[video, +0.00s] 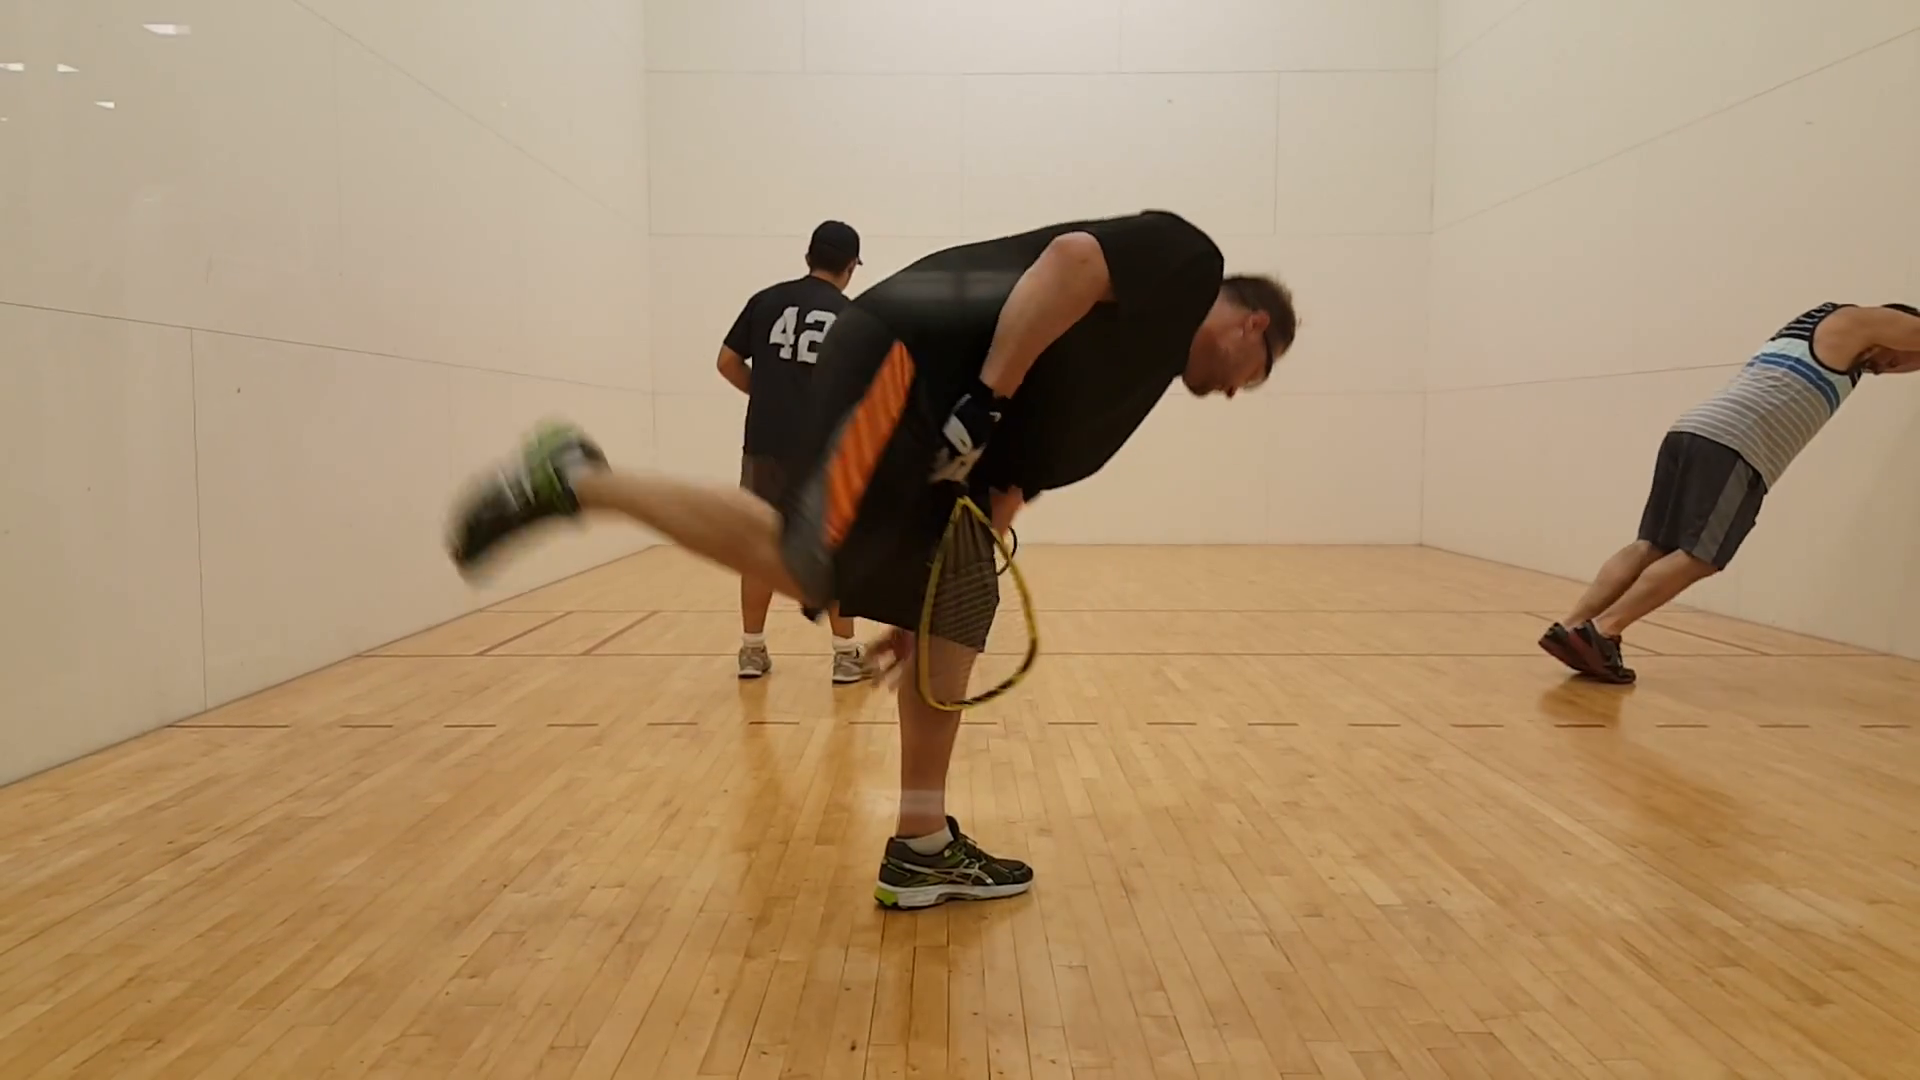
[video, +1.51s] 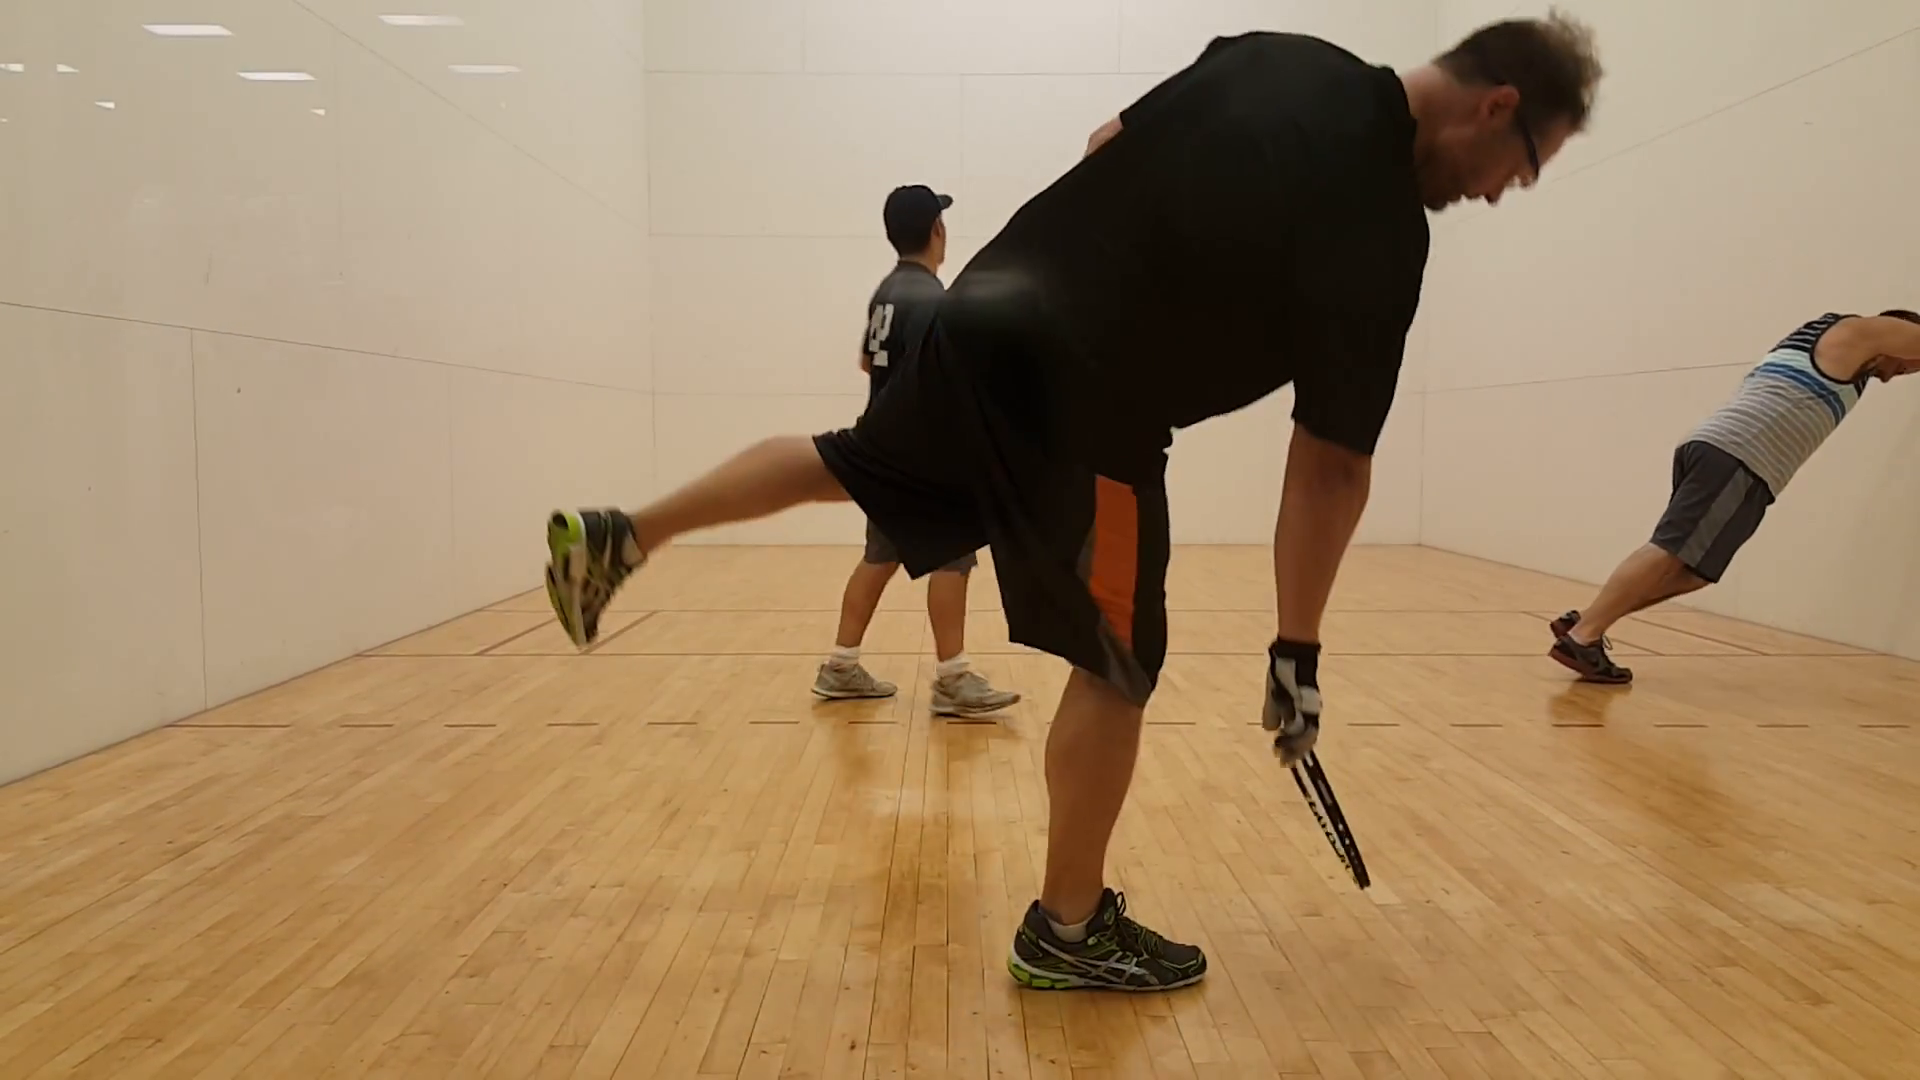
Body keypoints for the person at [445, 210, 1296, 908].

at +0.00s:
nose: (1238, 386)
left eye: (1251, 381)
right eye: (1252, 364)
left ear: (1240, 337)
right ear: (1243, 309)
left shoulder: (1127, 389)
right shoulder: (1183, 254)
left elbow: (1016, 476)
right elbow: (1071, 265)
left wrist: (955, 599)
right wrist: (986, 404)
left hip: (968, 433)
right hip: (915, 356)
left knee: (943, 621)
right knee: (809, 571)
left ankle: (922, 848)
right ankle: (581, 480)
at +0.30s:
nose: (1249, 185)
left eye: (1263, 173)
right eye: (1261, 161)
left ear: (1228, 112)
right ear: (1239, 118)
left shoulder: (1122, 123)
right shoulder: (1164, 121)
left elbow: (1024, 243)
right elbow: (1068, 226)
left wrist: (1055, 417)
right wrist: (1062, 396)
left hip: (922, 361)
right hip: (975, 370)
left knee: (945, 626)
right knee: (999, 631)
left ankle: (922, 848)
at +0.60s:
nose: (1269, 53)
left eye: (1280, 39)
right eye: (1279, 30)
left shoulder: (1071, 51)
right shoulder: (1195, 61)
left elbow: (978, 224)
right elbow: (1164, 258)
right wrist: (1179, 433)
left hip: (970, 376)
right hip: (1067, 387)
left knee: (972, 615)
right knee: (1072, 657)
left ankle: (940, 837)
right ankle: (1063, 917)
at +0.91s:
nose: (1354, 26)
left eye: (1364, 14)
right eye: (1357, 4)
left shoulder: (1154, 19)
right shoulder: (1251, 55)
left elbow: (1090, 224)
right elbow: (1201, 273)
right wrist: (1200, 462)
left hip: (1001, 373)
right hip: (1094, 401)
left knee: (968, 603)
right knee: (1086, 665)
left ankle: (855, 812)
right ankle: (1064, 917)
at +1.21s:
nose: (1443, 67)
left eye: (1458, 48)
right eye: (1455, 36)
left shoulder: (1216, 22)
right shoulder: (1327, 89)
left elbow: (1120, 208)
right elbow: (1261, 323)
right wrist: (1228, 519)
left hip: (1001, 345)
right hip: (1102, 397)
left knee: (912, 552)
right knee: (1087, 664)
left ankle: (721, 696)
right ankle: (1065, 918)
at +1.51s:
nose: (1505, 192)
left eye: (1524, 176)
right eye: (1523, 165)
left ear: (1459, 78)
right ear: (1493, 110)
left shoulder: (1281, 56)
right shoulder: (1378, 242)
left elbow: (1111, 145)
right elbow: (1326, 462)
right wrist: (1296, 652)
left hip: (978, 310)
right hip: (1086, 390)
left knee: (855, 463)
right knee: (1115, 655)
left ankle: (624, 536)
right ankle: (1068, 926)